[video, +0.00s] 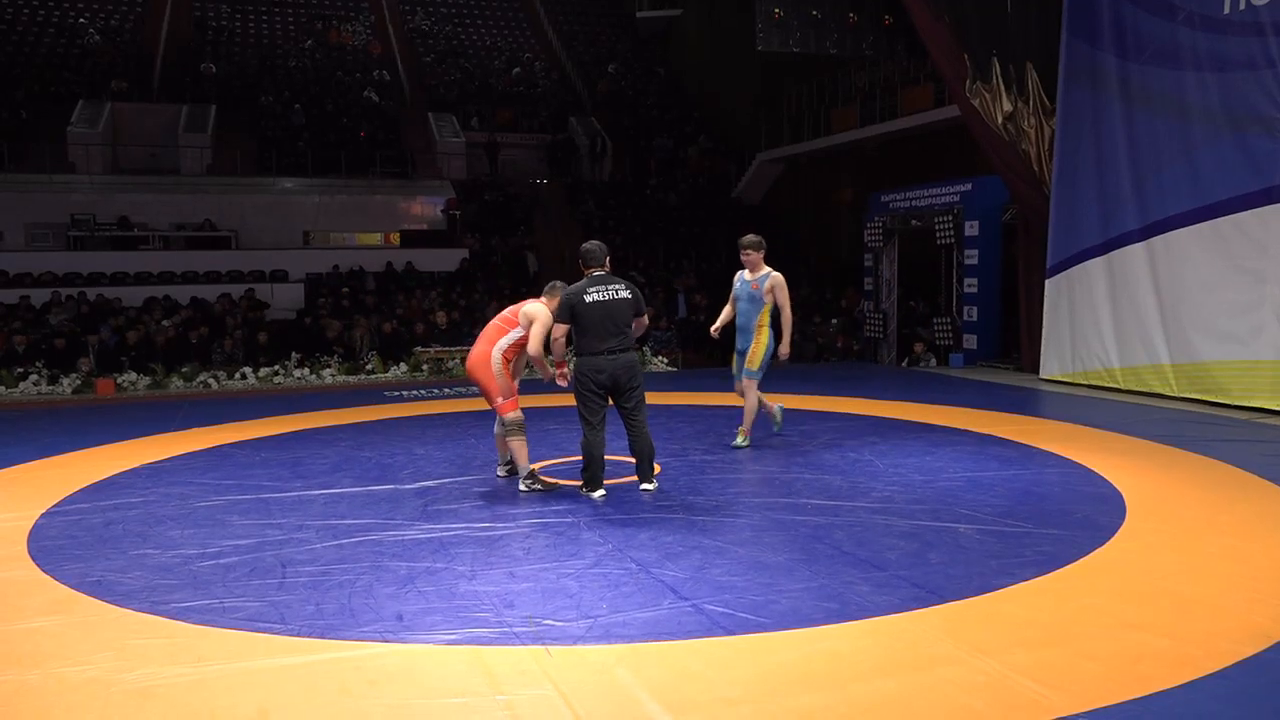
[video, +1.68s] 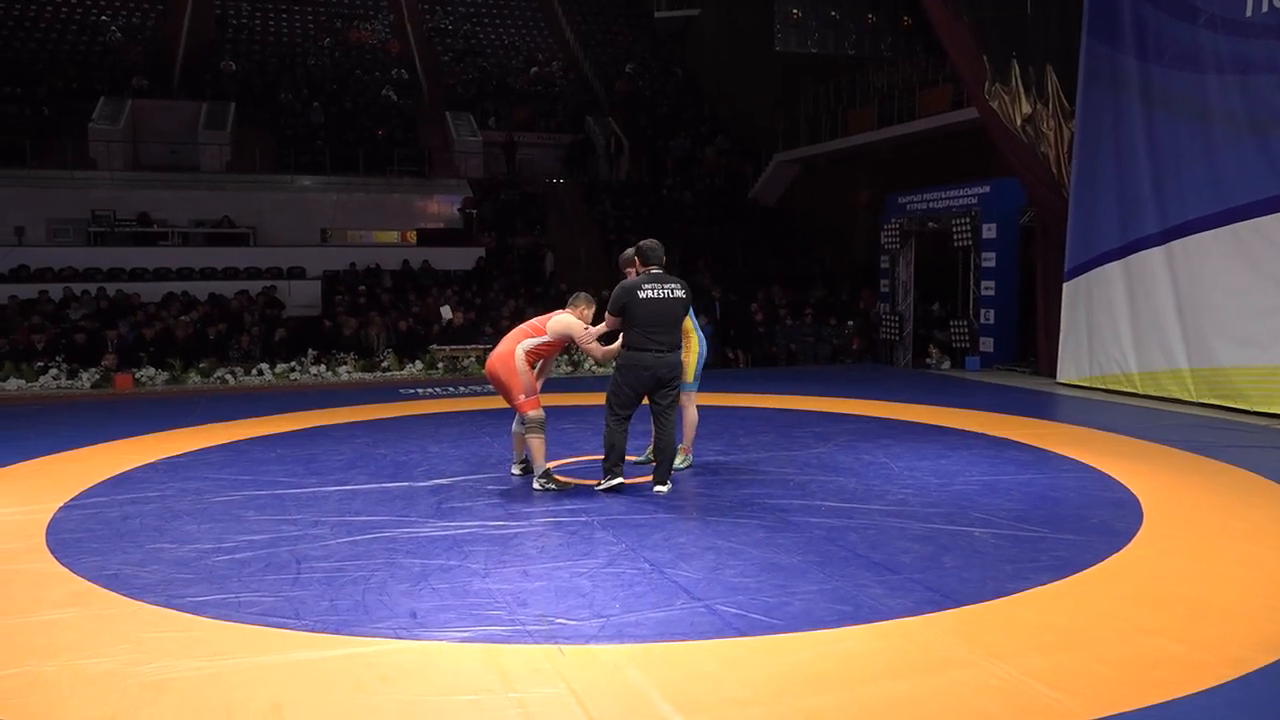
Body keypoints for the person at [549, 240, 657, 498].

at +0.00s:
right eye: (609, 260)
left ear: (581, 266)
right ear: (608, 262)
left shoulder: (572, 294)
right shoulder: (628, 288)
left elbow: (558, 337)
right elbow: (641, 323)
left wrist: (559, 365)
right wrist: (624, 339)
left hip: (590, 366)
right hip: (625, 363)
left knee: (593, 427)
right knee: (636, 420)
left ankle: (593, 485)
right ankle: (647, 478)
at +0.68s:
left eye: (615, 259)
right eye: (642, 258)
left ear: (615, 262)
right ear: (642, 261)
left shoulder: (602, 287)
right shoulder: (657, 289)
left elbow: (584, 325)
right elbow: (668, 320)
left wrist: (594, 346)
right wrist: (645, 319)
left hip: (612, 362)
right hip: (647, 361)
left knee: (603, 422)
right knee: (649, 421)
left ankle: (597, 480)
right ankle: (650, 480)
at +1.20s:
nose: (627, 263)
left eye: (628, 260)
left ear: (630, 262)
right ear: (656, 262)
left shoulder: (619, 287)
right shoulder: (672, 289)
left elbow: (600, 323)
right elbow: (678, 324)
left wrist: (623, 318)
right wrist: (656, 318)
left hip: (625, 361)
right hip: (660, 362)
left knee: (612, 420)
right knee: (658, 421)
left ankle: (601, 476)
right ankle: (655, 480)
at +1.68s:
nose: (632, 266)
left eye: (633, 262)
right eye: (633, 262)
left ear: (638, 262)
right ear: (664, 262)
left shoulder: (626, 288)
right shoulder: (681, 288)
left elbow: (612, 322)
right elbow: (676, 318)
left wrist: (642, 313)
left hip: (634, 361)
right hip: (669, 362)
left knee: (617, 416)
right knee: (665, 418)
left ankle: (613, 473)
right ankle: (662, 479)